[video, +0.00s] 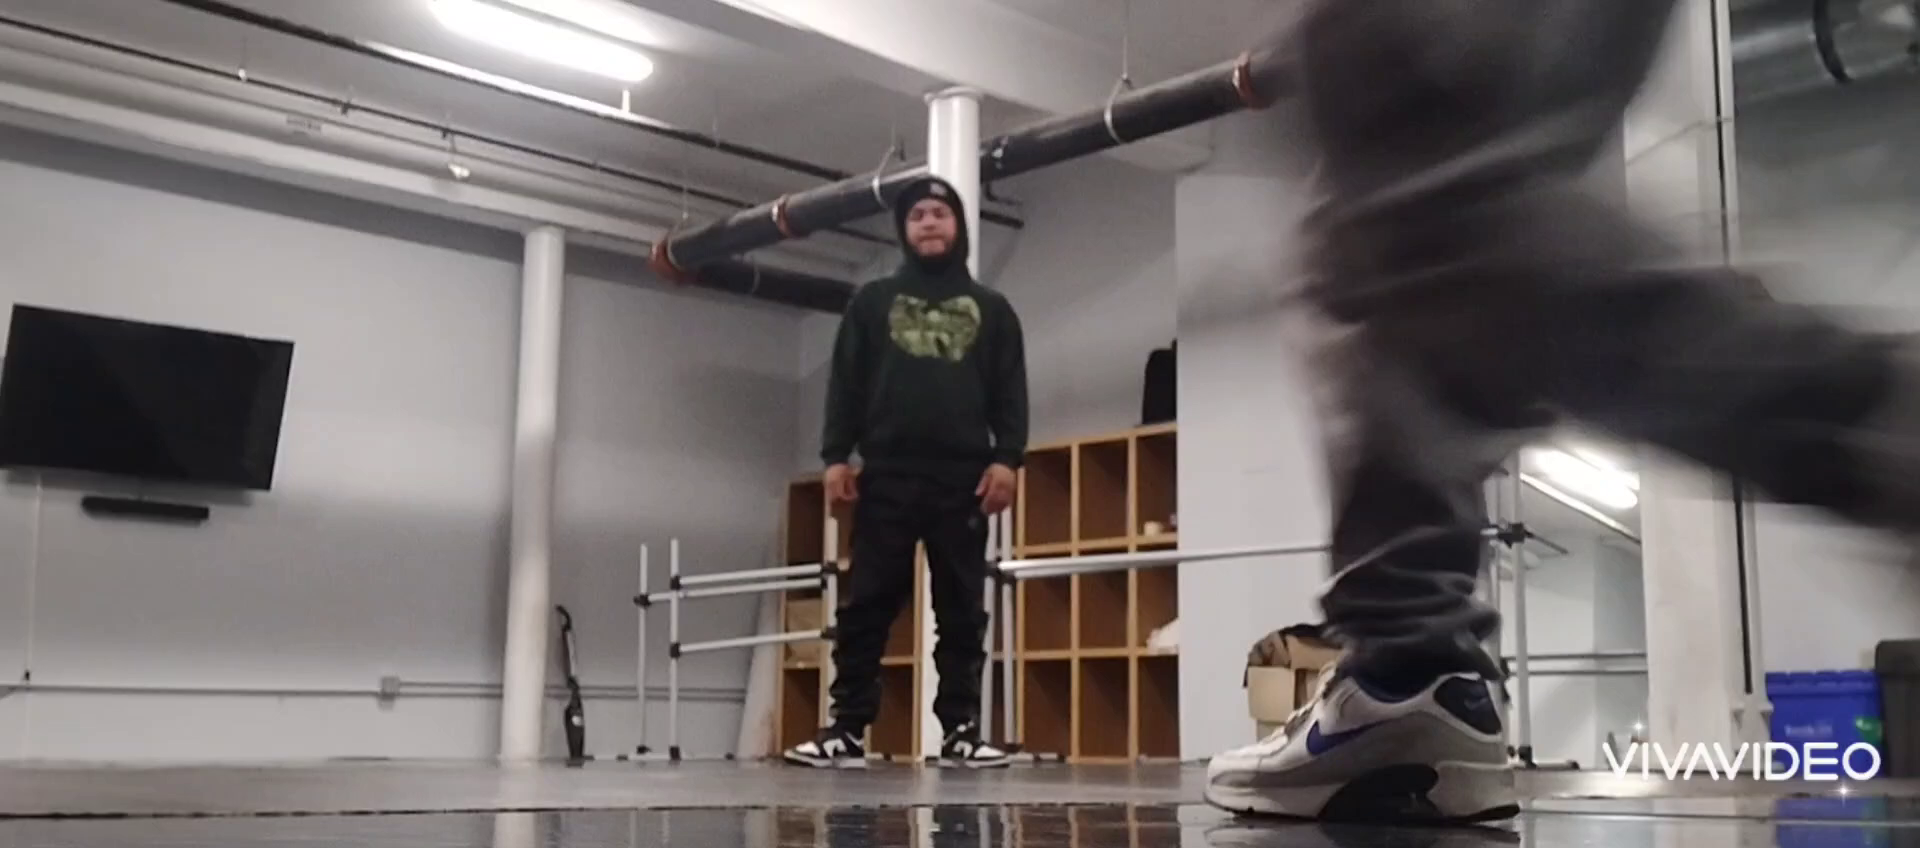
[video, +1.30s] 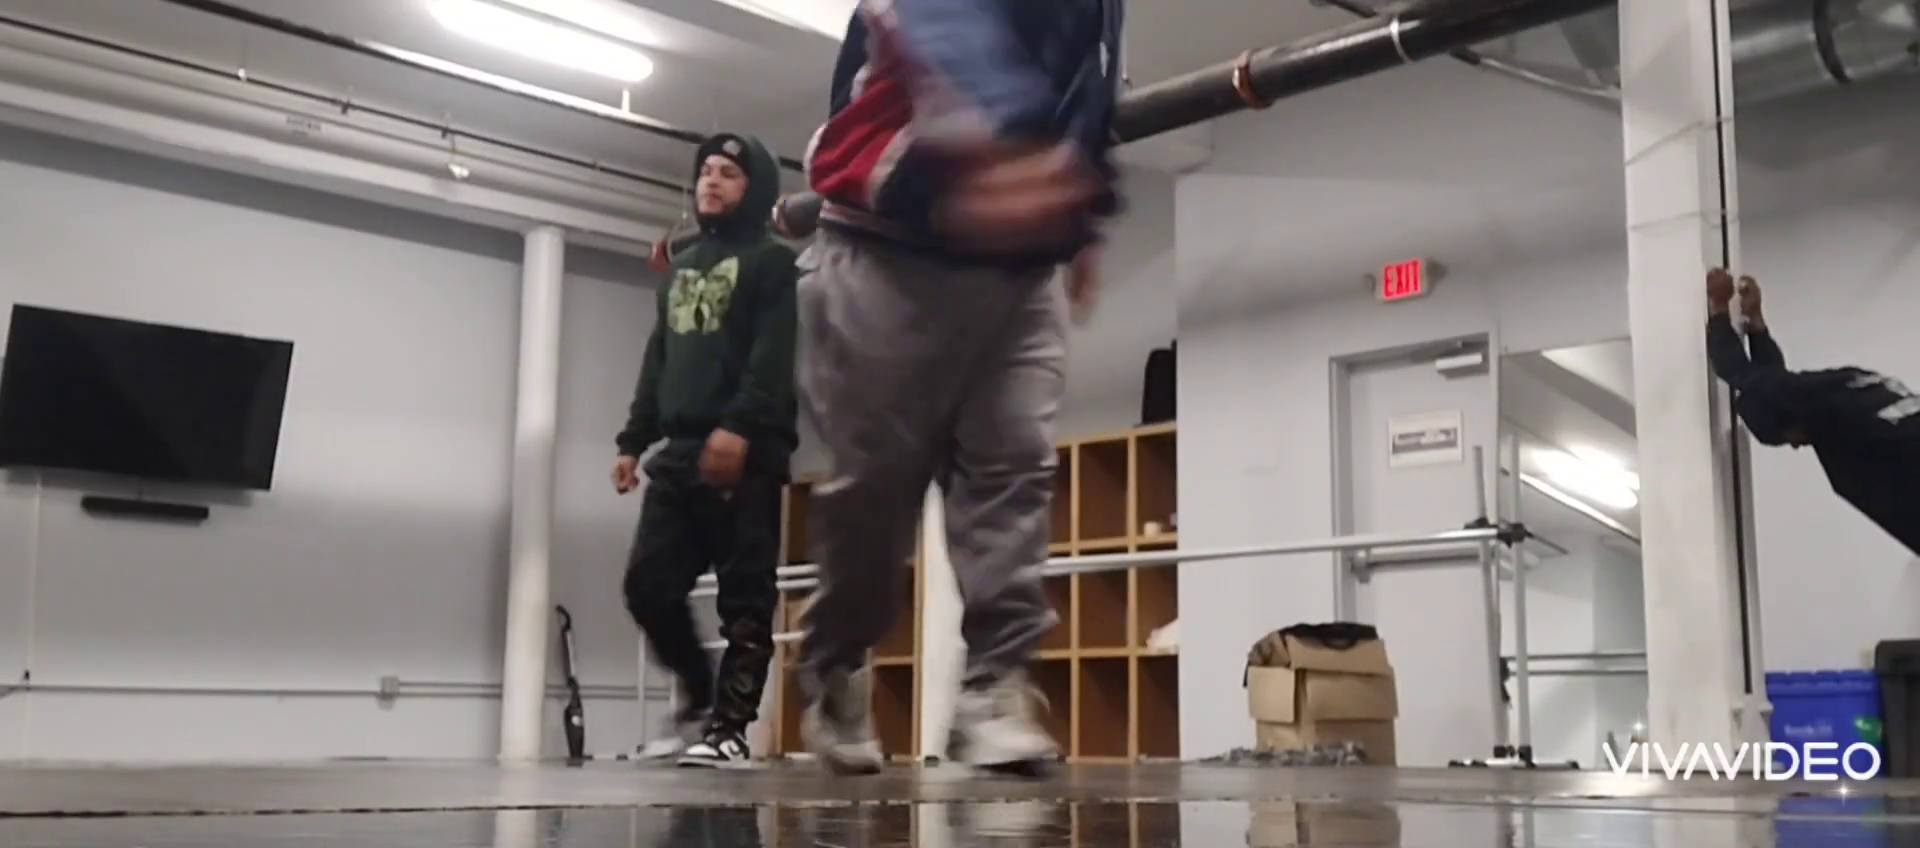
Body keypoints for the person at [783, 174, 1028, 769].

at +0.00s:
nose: (929, 223)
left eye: (939, 214)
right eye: (919, 216)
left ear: (960, 227)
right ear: (903, 231)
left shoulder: (991, 309)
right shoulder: (872, 300)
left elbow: (1011, 391)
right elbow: (845, 381)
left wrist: (1007, 459)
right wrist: (837, 456)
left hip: (960, 475)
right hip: (886, 472)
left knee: (962, 611)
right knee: (866, 604)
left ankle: (960, 732)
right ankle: (848, 731)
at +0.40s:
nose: (841, 220)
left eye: (851, 210)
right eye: (832, 212)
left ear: (873, 221)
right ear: (820, 228)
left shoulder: (894, 290)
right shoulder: (801, 296)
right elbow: (769, 380)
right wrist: (743, 454)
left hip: (882, 465)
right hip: (814, 467)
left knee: (880, 582)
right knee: (817, 597)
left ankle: (885, 719)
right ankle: (836, 722)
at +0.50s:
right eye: (817, 228)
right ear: (808, 235)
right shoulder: (788, 298)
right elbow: (755, 378)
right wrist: (729, 452)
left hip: (876, 472)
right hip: (804, 475)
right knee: (811, 605)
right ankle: (834, 724)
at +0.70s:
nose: (790, 228)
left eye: (800, 216)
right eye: (783, 216)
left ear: (828, 224)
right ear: (776, 225)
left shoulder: (847, 291)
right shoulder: (762, 290)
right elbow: (734, 379)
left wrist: (886, 451)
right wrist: (716, 448)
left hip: (829, 449)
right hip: (766, 449)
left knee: (807, 589)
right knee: (810, 589)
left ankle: (775, 721)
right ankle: (842, 724)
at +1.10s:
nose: (747, 191)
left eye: (762, 184)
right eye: (741, 181)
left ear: (787, 200)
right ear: (729, 194)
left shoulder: (803, 270)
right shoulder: (714, 272)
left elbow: (821, 362)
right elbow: (690, 360)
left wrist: (807, 448)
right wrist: (663, 442)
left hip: (766, 454)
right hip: (711, 454)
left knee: (755, 594)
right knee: (718, 602)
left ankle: (731, 733)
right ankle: (810, 698)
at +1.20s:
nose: (730, 187)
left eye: (746, 180)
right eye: (725, 177)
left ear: (773, 196)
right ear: (714, 190)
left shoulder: (788, 268)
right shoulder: (700, 270)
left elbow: (796, 365)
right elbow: (676, 360)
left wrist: (772, 444)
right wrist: (645, 444)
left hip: (756, 452)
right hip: (698, 451)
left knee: (751, 588)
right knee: (679, 592)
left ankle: (734, 730)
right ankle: (770, 687)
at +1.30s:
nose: (712, 182)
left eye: (728, 175)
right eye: (706, 173)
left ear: (755, 189)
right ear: (695, 186)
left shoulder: (770, 259)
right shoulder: (684, 264)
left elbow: (773, 355)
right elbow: (661, 355)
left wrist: (739, 427)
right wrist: (632, 442)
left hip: (748, 450)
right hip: (680, 450)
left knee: (746, 591)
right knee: (648, 587)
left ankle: (730, 730)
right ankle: (701, 692)